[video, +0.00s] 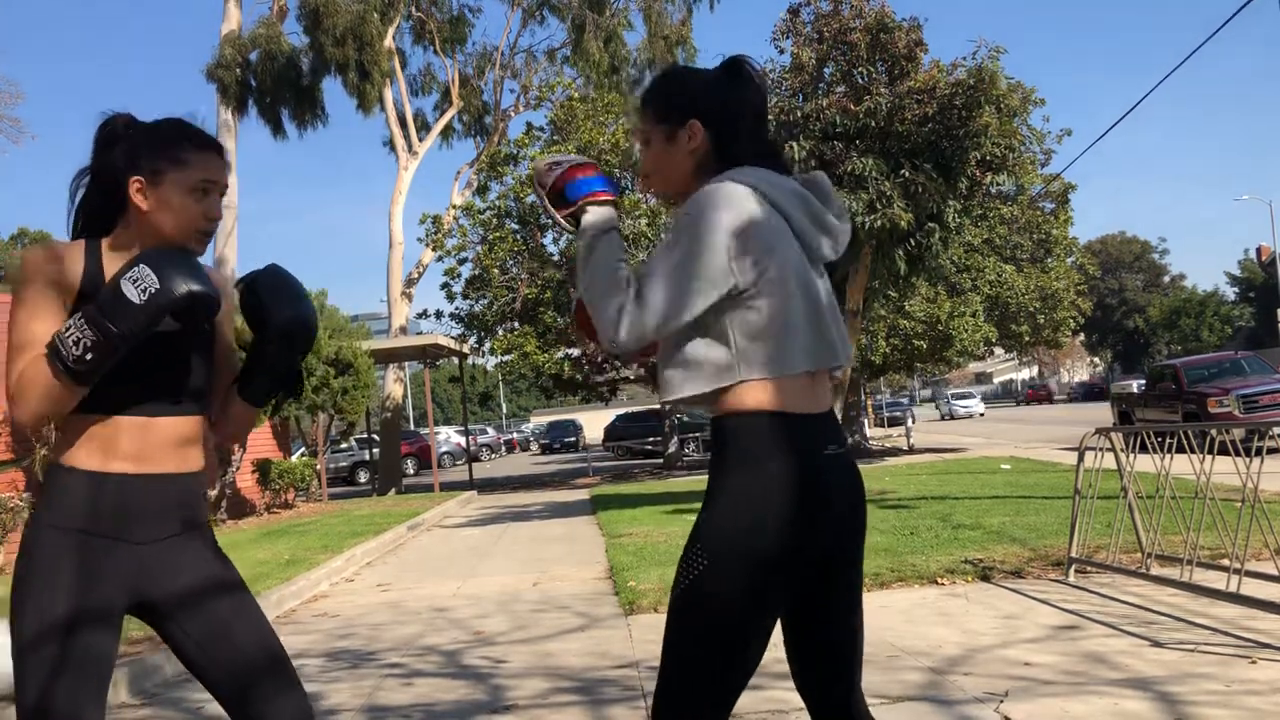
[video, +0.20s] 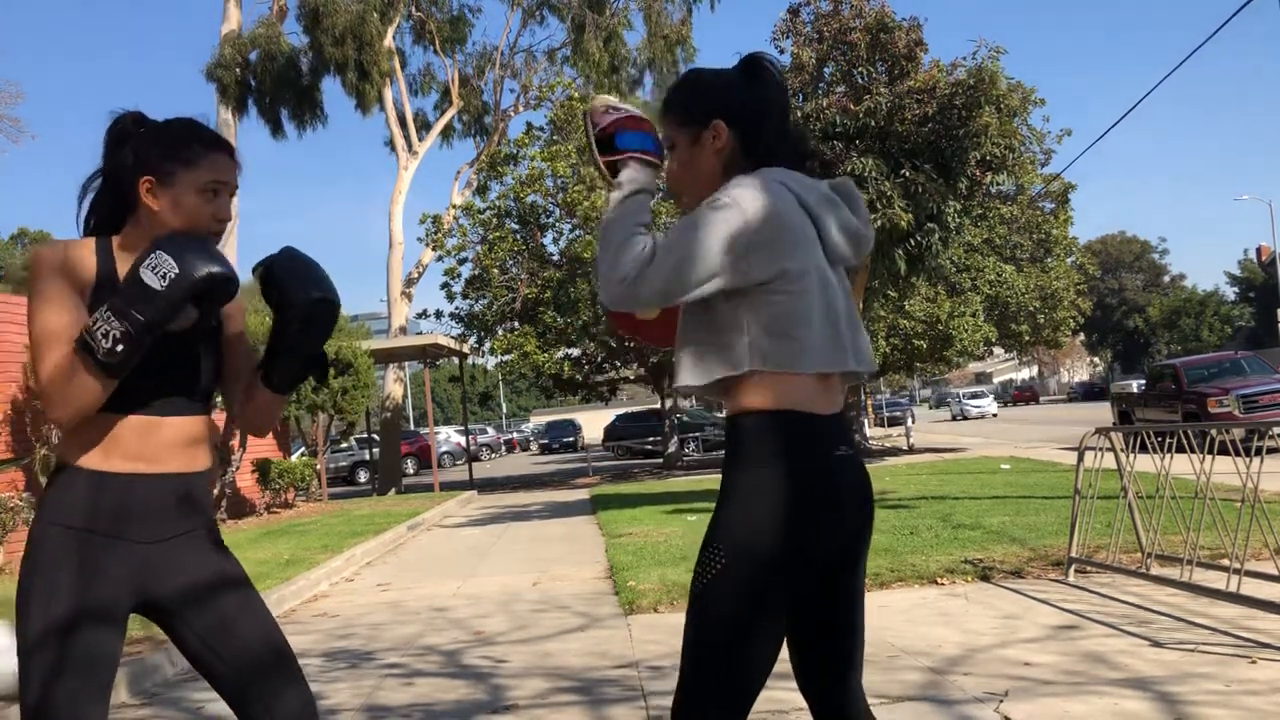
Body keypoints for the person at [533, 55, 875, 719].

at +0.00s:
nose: (639, 164)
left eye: (645, 144)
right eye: (639, 147)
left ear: (690, 137)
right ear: (693, 135)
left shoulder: (724, 206)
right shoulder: (783, 206)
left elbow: (621, 325)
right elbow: (740, 345)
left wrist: (594, 213)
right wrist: (629, 346)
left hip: (757, 478)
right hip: (826, 471)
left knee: (686, 705)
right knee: (838, 701)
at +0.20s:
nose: (667, 171)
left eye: (672, 147)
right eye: (664, 151)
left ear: (717, 138)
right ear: (726, 138)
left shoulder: (749, 203)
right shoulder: (801, 207)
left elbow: (625, 286)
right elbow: (660, 315)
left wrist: (636, 172)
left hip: (772, 476)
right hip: (834, 471)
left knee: (705, 703)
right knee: (838, 695)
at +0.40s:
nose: (681, 175)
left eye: (686, 151)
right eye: (676, 154)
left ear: (724, 141)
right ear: (742, 139)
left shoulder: (762, 201)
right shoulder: (809, 206)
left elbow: (629, 246)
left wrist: (664, 141)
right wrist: (659, 142)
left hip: (779, 480)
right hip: (836, 473)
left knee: (689, 705)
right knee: (836, 698)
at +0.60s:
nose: (651, 176)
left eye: (656, 154)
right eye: (649, 158)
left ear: (691, 146)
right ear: (739, 143)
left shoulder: (721, 202)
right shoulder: (793, 206)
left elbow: (582, 243)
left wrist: (630, 140)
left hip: (753, 483)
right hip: (827, 477)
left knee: (678, 705)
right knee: (836, 698)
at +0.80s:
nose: (627, 189)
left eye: (625, 168)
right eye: (620, 172)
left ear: (662, 146)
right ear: (678, 140)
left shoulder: (704, 197)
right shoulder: (780, 206)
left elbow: (588, 288)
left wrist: (552, 185)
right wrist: (646, 328)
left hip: (742, 473)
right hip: (820, 466)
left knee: (681, 704)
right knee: (838, 695)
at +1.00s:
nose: (651, 195)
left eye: (649, 171)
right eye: (644, 176)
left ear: (689, 149)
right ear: (697, 147)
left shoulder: (740, 204)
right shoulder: (801, 209)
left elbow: (721, 353)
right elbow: (732, 374)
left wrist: (634, 294)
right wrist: (666, 313)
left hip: (763, 474)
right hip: (832, 470)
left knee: (689, 703)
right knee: (840, 698)